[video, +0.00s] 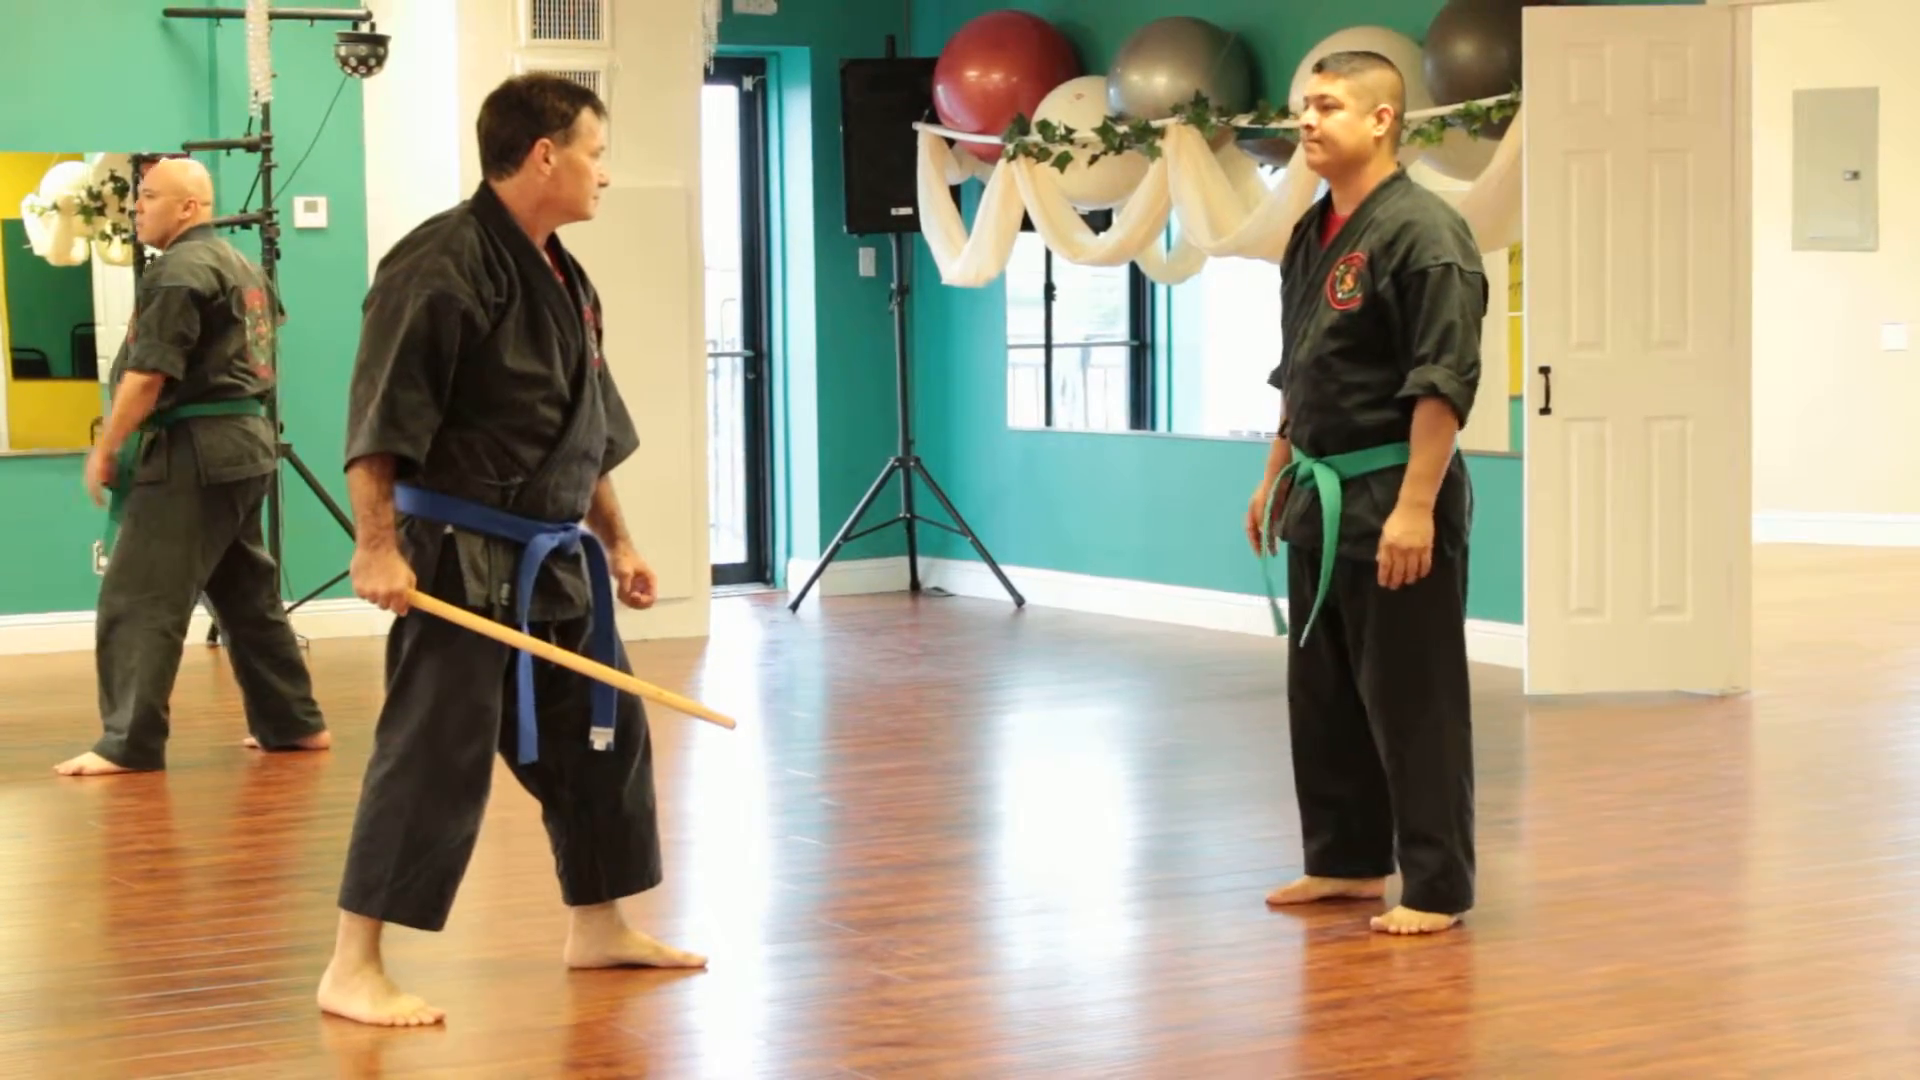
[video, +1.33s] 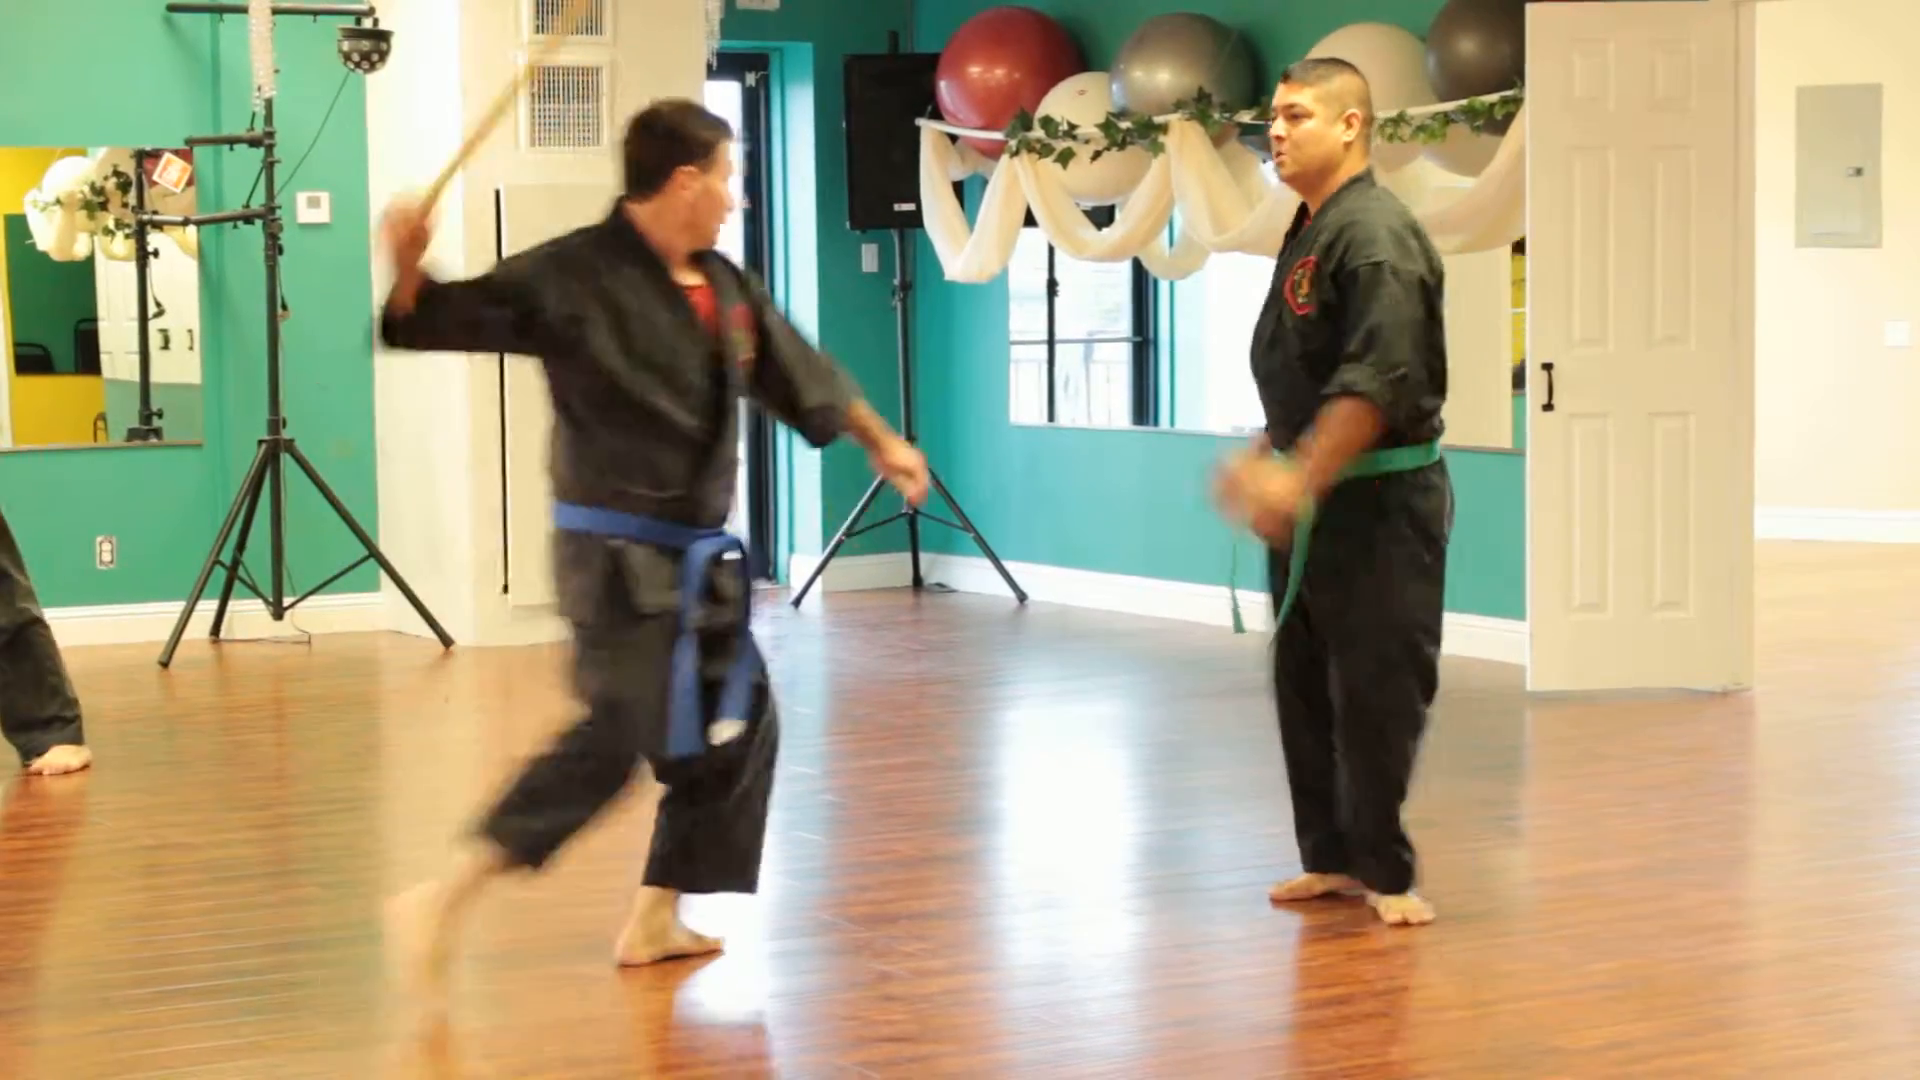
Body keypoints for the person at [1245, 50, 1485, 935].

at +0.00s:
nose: (1306, 121)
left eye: (1326, 107)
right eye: (1303, 108)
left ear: (1382, 121)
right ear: (1306, 125)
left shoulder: (1426, 229)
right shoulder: (1311, 233)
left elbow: (1444, 382)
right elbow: (1302, 370)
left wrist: (1416, 505)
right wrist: (1277, 472)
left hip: (1400, 483)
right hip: (1321, 484)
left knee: (1412, 691)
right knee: (1327, 684)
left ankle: (1437, 888)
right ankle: (1350, 861)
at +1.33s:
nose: (1276, 131)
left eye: (1295, 116)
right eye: (1274, 118)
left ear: (1352, 127)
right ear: (1291, 132)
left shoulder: (1377, 233)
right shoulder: (1313, 228)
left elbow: (1375, 385)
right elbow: (1312, 373)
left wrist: (1301, 477)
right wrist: (1268, 454)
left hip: (1385, 487)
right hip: (1318, 480)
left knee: (1375, 679)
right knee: (1307, 675)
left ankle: (1388, 873)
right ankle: (1336, 861)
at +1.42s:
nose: (1272, 144)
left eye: (1291, 129)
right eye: (1269, 131)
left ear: (1347, 140)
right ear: (1274, 145)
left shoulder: (1366, 239)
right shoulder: (1310, 241)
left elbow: (1335, 370)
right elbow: (1283, 369)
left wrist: (1220, 383)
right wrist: (1264, 387)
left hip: (1379, 497)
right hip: (1303, 494)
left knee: (1373, 688)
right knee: (1246, 658)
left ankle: (1384, 873)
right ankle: (1308, 824)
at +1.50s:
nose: (1268, 154)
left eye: (1286, 139)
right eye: (1264, 140)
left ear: (1340, 150)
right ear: (1269, 153)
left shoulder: (1359, 253)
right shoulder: (1309, 244)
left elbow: (1255, 349)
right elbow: (1282, 296)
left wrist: (1170, 291)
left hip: (1371, 505)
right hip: (1291, 500)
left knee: (1366, 684)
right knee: (1199, 642)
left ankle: (1383, 878)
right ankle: (1226, 812)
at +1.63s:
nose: (1248, 163)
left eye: (1265, 146)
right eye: (1241, 150)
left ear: (1321, 153)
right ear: (1243, 164)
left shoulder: (1337, 247)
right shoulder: (1267, 246)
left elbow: (1232, 291)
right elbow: (1201, 280)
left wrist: (1146, 230)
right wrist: (1168, 204)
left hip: (1343, 513)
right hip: (1257, 510)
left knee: (1338, 691)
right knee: (1159, 663)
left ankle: (1382, 884)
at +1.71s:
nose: (1194, 169)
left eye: (1210, 154)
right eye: (1188, 156)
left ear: (1265, 162)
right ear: (1185, 167)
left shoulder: (1293, 246)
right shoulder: (1191, 261)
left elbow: (1219, 245)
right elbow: (1128, 295)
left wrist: (1116, 212)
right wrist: (1079, 205)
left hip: (1284, 513)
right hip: (1189, 510)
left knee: (1299, 694)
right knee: (1096, 676)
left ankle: (1348, 884)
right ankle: (1016, 826)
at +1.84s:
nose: (1133, 163)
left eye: (1154, 146)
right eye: (1125, 149)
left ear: (1198, 158)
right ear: (1112, 162)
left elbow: (1305, 199)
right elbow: (999, 282)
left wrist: (1201, 167)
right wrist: (959, 194)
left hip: (1228, 516)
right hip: (1121, 515)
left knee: (1270, 694)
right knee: (1041, 672)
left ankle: (1353, 880)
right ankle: (953, 831)